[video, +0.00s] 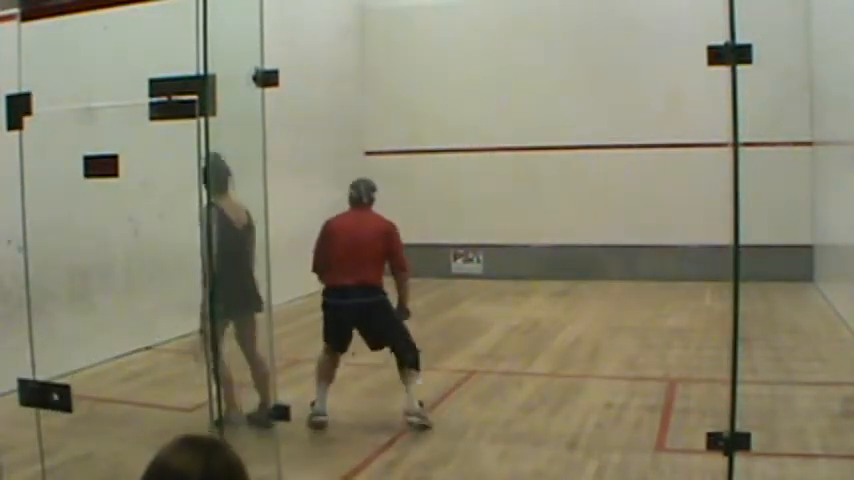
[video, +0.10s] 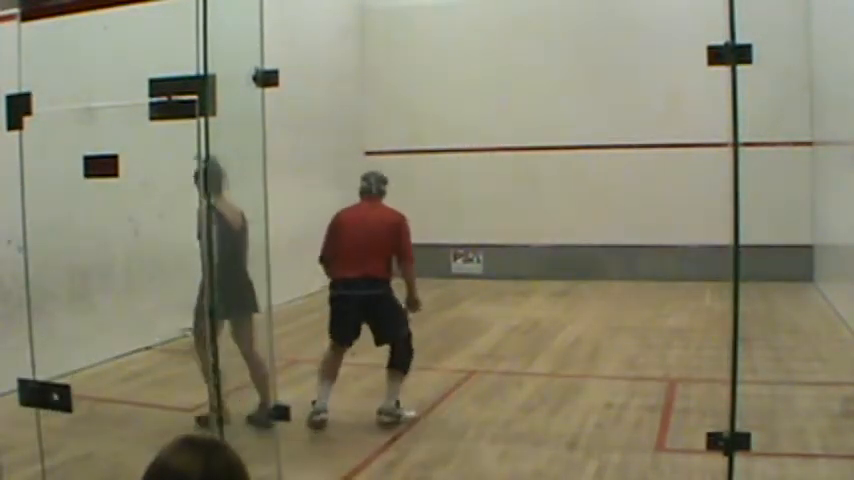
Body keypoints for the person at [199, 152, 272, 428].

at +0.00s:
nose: (205, 185)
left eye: (205, 180)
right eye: (208, 179)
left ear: (206, 182)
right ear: (228, 178)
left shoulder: (212, 215)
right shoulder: (244, 213)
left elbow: (210, 262)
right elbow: (249, 258)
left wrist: (205, 301)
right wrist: (246, 284)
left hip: (221, 294)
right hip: (246, 290)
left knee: (213, 352)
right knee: (251, 349)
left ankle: (232, 407)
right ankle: (266, 404)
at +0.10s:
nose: (198, 188)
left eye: (199, 182)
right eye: (198, 182)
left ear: (203, 184)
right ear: (221, 180)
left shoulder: (210, 214)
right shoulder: (235, 213)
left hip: (219, 290)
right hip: (238, 288)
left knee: (203, 345)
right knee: (249, 349)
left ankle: (217, 408)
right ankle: (266, 403)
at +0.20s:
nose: (188, 192)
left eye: (189, 186)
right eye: (190, 186)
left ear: (191, 188)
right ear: (212, 183)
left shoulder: (197, 216)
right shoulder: (227, 215)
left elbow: (204, 257)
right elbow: (230, 258)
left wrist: (202, 294)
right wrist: (222, 284)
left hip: (206, 292)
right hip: (233, 290)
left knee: (194, 344)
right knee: (244, 345)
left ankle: (196, 405)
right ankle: (265, 404)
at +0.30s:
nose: (174, 195)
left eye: (174, 191)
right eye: (176, 190)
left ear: (177, 192)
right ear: (198, 188)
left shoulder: (186, 218)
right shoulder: (214, 217)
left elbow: (202, 259)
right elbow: (217, 258)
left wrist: (204, 298)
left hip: (196, 295)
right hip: (221, 290)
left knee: (183, 348)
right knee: (237, 346)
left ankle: (177, 400)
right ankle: (263, 402)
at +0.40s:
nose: (157, 196)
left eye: (157, 192)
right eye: (159, 191)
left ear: (159, 193)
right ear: (182, 189)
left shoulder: (171, 219)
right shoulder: (192, 215)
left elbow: (186, 255)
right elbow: (199, 255)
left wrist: (193, 297)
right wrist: (201, 289)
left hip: (181, 295)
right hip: (205, 291)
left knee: (169, 345)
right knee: (223, 346)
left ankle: (171, 401)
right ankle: (259, 399)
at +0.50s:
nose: (139, 195)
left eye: (140, 190)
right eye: (139, 190)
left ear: (145, 190)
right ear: (164, 187)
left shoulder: (155, 217)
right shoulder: (176, 215)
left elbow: (169, 256)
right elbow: (179, 258)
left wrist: (167, 297)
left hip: (163, 294)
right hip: (185, 290)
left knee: (159, 346)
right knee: (189, 345)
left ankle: (168, 401)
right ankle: (238, 387)